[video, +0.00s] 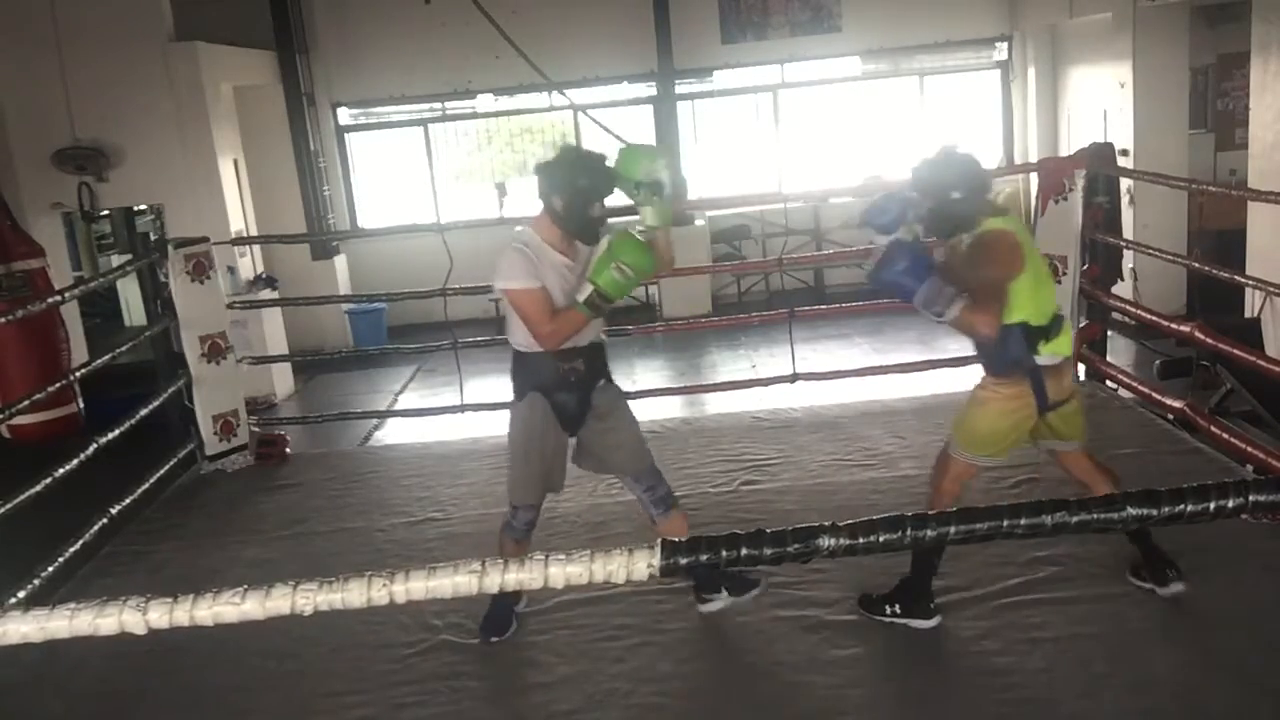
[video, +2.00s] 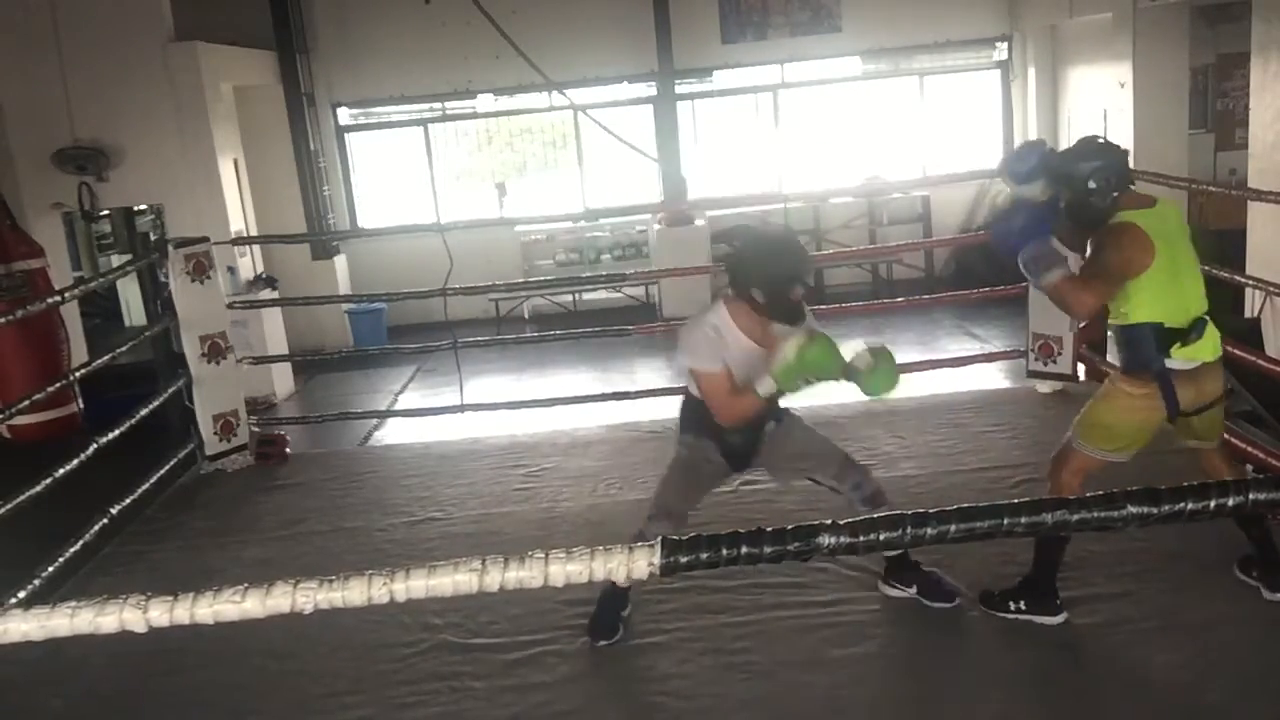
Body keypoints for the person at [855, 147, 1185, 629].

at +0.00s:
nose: (924, 216)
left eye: (927, 206)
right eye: (922, 207)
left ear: (948, 205)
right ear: (977, 193)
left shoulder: (991, 243)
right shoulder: (1006, 229)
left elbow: (989, 326)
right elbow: (964, 274)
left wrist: (931, 296)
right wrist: (922, 256)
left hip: (1011, 383)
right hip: (1059, 372)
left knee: (948, 479)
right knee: (1080, 462)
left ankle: (916, 592)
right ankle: (1155, 558)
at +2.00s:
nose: (1067, 205)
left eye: (1069, 196)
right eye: (1065, 196)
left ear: (1088, 193)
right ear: (1119, 180)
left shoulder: (1121, 237)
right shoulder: (1166, 210)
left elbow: (1081, 303)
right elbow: (1083, 244)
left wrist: (1032, 247)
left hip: (1145, 385)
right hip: (1205, 373)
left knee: (1066, 471)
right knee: (1214, 458)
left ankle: (1040, 588)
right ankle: (1268, 560)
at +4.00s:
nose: (1237, 180)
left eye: (1241, 167)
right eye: (1240, 164)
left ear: (1263, 171)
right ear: (1270, 169)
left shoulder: (1272, 233)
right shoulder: (1267, 227)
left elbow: (1226, 309)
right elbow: (1244, 297)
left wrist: (1168, 249)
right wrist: (1219, 224)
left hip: (1265, 415)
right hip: (1265, 410)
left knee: (1175, 504)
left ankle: (1138, 650)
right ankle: (1140, 648)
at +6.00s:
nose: (1005, 261)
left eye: (1009, 246)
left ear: (1026, 249)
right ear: (1105, 227)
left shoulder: (1006, 344)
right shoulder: (1199, 295)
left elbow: (936, 412)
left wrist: (935, 309)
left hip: (1071, 601)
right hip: (1200, 602)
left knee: (1064, 709)